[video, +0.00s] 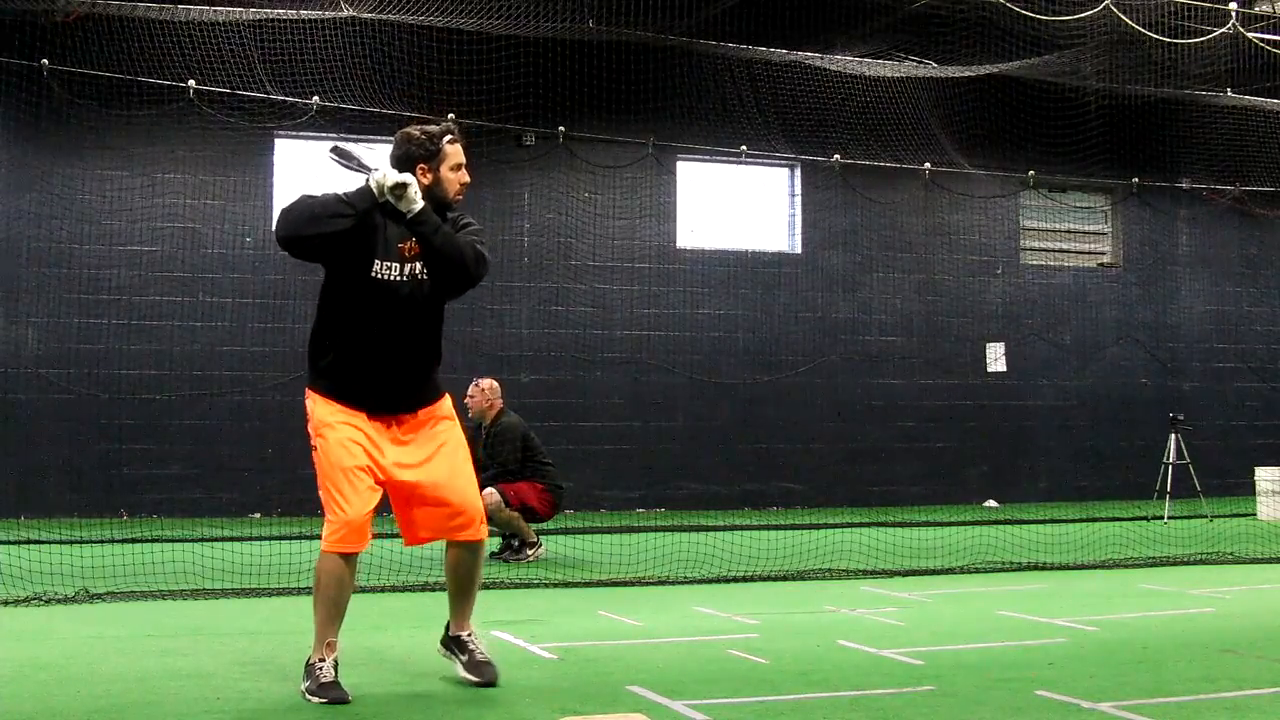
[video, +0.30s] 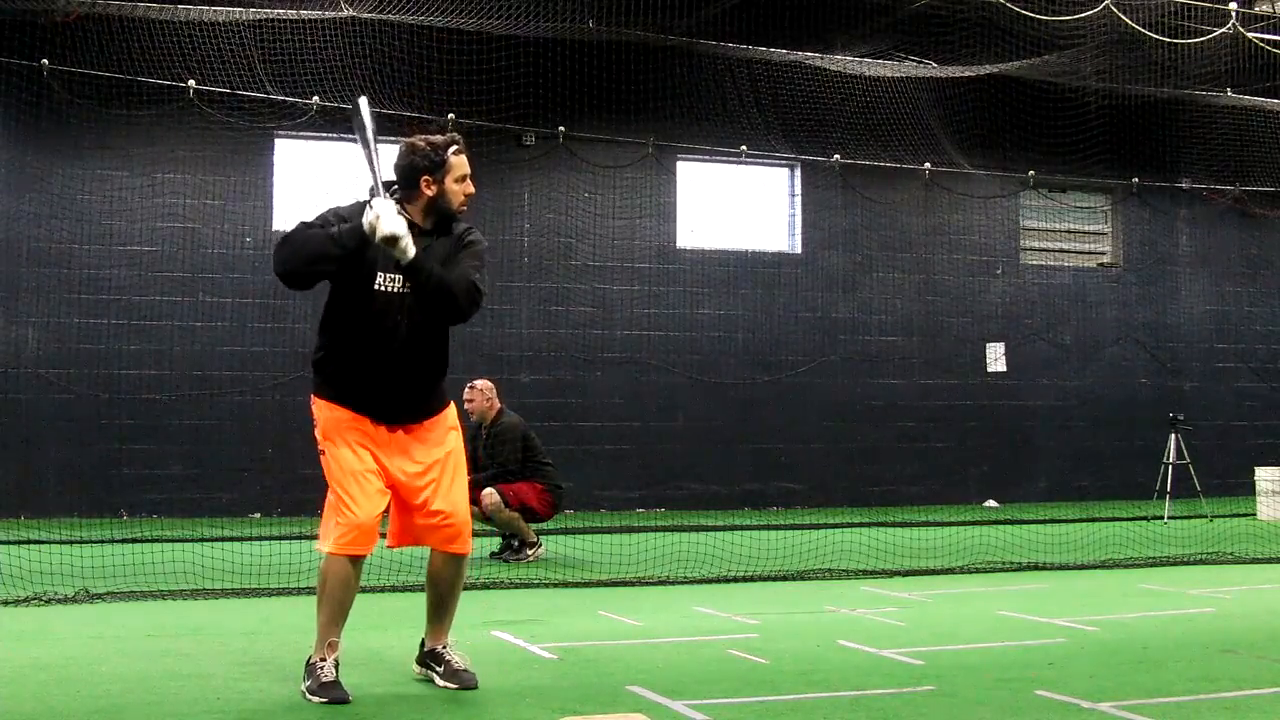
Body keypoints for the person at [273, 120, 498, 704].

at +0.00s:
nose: (465, 177)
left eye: (465, 167)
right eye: (457, 168)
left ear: (435, 172)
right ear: (423, 171)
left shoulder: (455, 231)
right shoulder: (358, 219)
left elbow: (466, 273)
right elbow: (288, 229)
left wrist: (417, 209)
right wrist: (368, 194)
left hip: (423, 405)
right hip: (344, 404)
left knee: (469, 520)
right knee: (349, 524)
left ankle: (460, 633)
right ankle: (323, 658)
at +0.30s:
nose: (471, 187)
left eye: (470, 176)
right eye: (462, 178)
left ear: (435, 183)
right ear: (428, 184)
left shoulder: (460, 240)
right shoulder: (358, 219)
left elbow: (463, 302)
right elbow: (288, 261)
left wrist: (412, 254)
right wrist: (361, 227)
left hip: (427, 414)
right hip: (350, 411)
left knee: (452, 529)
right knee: (356, 524)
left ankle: (436, 648)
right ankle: (323, 660)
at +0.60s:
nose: (476, 203)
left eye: (474, 192)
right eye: (467, 193)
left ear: (443, 198)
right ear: (432, 199)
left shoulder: (466, 256)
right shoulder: (363, 230)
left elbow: (451, 330)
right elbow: (278, 277)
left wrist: (385, 309)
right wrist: (340, 272)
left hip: (427, 414)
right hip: (348, 411)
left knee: (467, 513)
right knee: (354, 525)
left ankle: (443, 628)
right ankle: (323, 659)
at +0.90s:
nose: (494, 225)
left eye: (494, 213)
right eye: (484, 215)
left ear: (471, 215)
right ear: (446, 218)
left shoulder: (484, 275)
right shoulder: (386, 244)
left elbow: (430, 331)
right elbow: (292, 240)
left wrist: (346, 292)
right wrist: (328, 244)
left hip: (470, 418)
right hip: (385, 423)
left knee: (541, 515)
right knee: (366, 533)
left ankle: (548, 641)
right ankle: (324, 658)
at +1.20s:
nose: (520, 229)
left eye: (519, 221)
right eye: (513, 223)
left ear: (466, 217)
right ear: (484, 226)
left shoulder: (447, 232)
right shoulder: (454, 273)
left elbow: (536, 260)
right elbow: (541, 311)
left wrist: (601, 279)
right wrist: (613, 301)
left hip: (471, 408)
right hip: (437, 419)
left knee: (510, 532)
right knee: (450, 554)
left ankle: (555, 647)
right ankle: (321, 637)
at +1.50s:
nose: (547, 189)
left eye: (546, 180)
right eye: (545, 182)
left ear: (483, 186)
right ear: (525, 188)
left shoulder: (426, 232)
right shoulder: (537, 228)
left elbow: (366, 282)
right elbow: (476, 215)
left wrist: (390, 217)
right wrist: (411, 191)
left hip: (445, 412)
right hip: (463, 418)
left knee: (523, 526)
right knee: (444, 561)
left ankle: (562, 649)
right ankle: (306, 640)